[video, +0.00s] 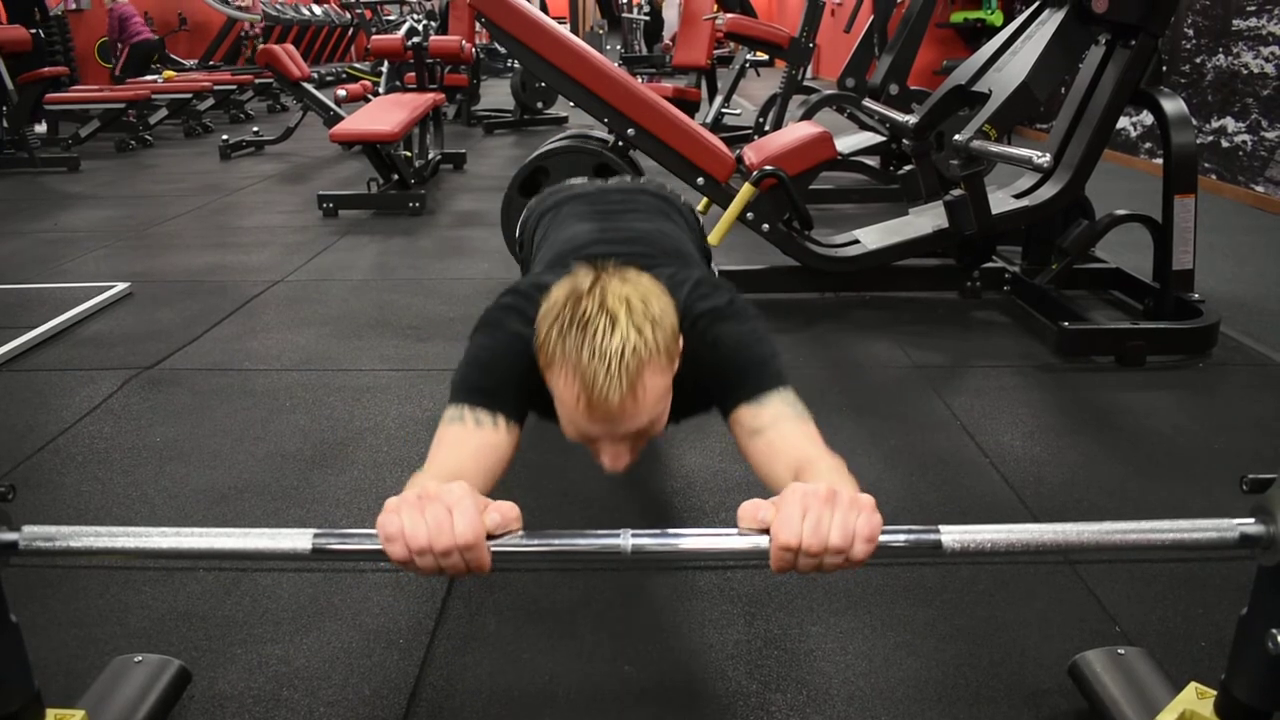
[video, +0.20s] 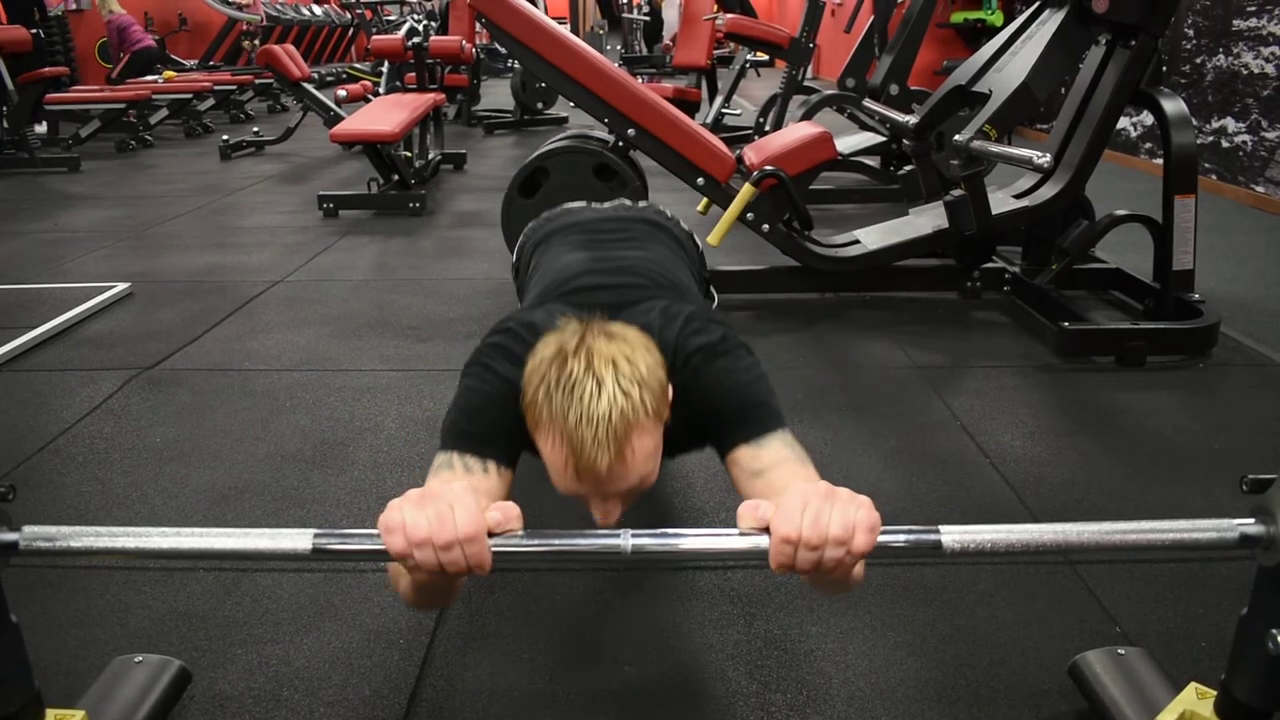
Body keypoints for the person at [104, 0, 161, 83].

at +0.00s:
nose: (104, 3)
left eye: (105, 2)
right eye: (104, 2)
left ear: (111, 1)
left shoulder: (115, 9)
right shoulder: (129, 6)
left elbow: (113, 36)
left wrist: (114, 56)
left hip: (135, 45)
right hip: (150, 41)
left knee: (117, 76)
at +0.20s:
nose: (98, 11)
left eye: (99, 8)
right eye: (97, 8)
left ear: (105, 8)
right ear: (115, 5)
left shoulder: (112, 20)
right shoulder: (127, 16)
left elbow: (114, 47)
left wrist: (116, 68)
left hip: (138, 53)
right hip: (153, 49)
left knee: (112, 79)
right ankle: (155, 70)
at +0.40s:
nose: (95, 21)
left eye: (96, 18)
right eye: (95, 18)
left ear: (102, 17)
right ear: (111, 14)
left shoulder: (109, 30)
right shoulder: (124, 25)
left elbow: (113, 56)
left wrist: (114, 72)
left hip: (140, 57)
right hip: (154, 54)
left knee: (111, 80)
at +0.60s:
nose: (93, 26)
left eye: (94, 22)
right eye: (93, 23)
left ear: (100, 21)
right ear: (110, 18)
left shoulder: (108, 34)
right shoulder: (123, 28)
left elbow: (112, 59)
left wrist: (112, 74)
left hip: (140, 60)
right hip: (155, 57)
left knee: (110, 81)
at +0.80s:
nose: (93, 20)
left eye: (93, 16)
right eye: (92, 17)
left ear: (99, 16)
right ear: (109, 12)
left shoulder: (108, 29)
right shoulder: (122, 22)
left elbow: (111, 55)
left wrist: (113, 73)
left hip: (138, 56)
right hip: (153, 52)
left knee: (110, 80)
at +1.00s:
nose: (99, 10)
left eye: (99, 7)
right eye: (98, 7)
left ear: (103, 6)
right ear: (116, 3)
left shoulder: (110, 16)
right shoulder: (126, 12)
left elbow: (111, 44)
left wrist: (113, 66)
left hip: (135, 48)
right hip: (152, 45)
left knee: (115, 78)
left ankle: (151, 72)